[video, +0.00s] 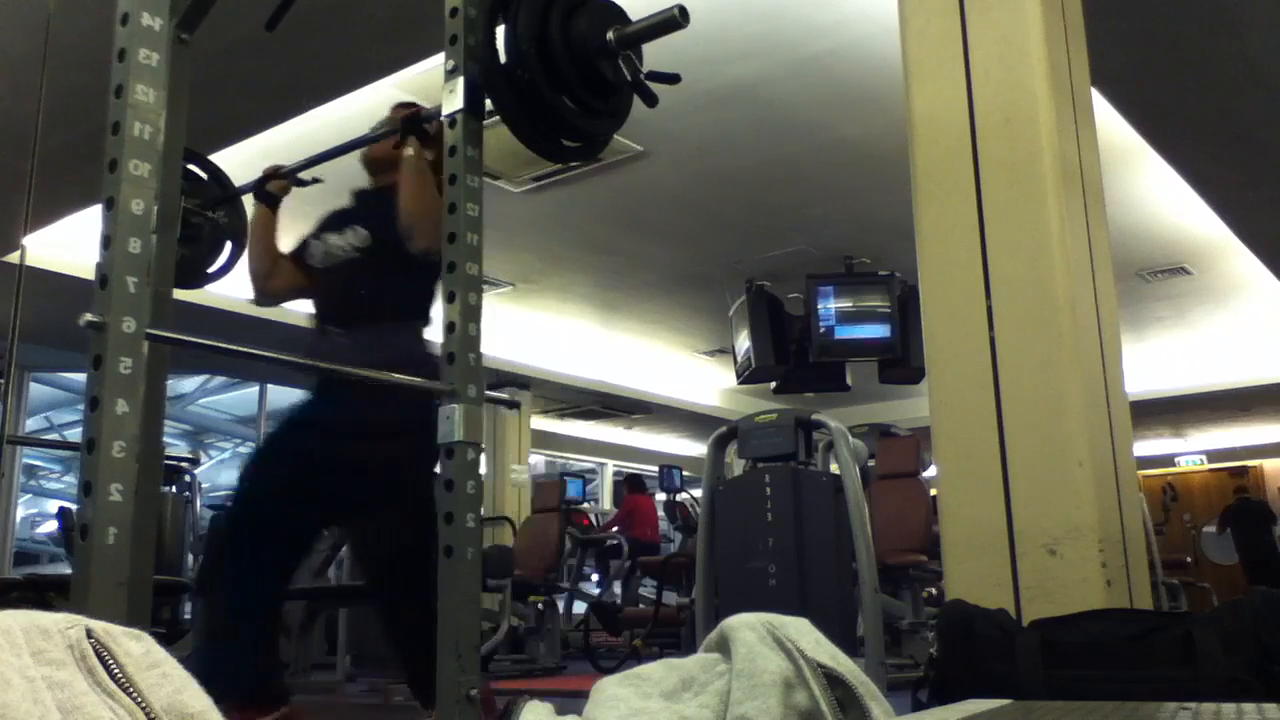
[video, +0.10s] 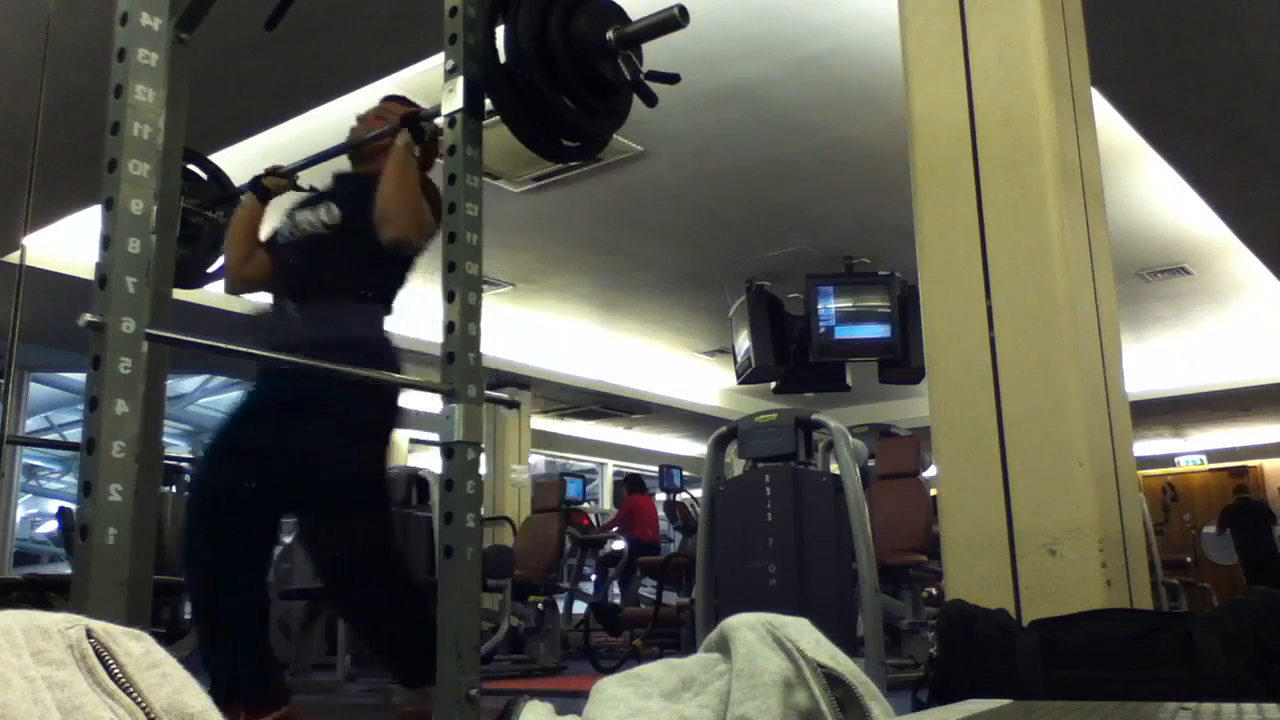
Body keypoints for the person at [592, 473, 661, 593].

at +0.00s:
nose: (624, 490)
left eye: (625, 487)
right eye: (625, 487)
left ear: (629, 486)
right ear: (642, 485)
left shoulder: (631, 500)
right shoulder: (649, 500)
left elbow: (617, 520)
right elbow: (636, 524)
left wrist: (600, 530)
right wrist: (617, 532)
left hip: (636, 545)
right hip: (653, 546)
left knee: (602, 553)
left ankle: (606, 590)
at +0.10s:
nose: (625, 490)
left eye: (625, 487)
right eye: (625, 487)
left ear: (630, 487)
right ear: (642, 486)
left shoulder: (631, 500)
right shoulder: (649, 500)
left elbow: (617, 520)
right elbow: (635, 523)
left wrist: (600, 530)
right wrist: (617, 533)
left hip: (637, 544)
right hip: (654, 545)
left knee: (602, 562)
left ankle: (599, 601)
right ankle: (632, 604)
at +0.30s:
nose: (624, 491)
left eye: (625, 488)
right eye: (624, 488)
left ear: (629, 487)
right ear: (643, 487)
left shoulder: (630, 500)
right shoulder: (649, 501)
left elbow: (616, 518)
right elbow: (634, 522)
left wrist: (600, 530)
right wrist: (616, 533)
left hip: (637, 545)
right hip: (654, 546)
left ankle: (613, 609)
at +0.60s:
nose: (625, 491)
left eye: (627, 488)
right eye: (625, 488)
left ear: (631, 488)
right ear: (644, 488)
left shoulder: (631, 500)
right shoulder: (650, 501)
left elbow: (617, 519)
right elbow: (637, 523)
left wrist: (600, 530)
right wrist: (618, 533)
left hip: (636, 547)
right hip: (654, 547)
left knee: (610, 570)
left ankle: (616, 603)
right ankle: (623, 602)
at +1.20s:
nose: (624, 491)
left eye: (625, 488)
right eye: (624, 488)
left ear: (629, 488)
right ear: (643, 488)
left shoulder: (631, 501)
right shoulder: (649, 501)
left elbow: (616, 519)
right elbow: (635, 523)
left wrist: (601, 529)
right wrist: (619, 532)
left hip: (638, 545)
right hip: (654, 546)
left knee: (621, 574)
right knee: (614, 559)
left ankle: (613, 603)